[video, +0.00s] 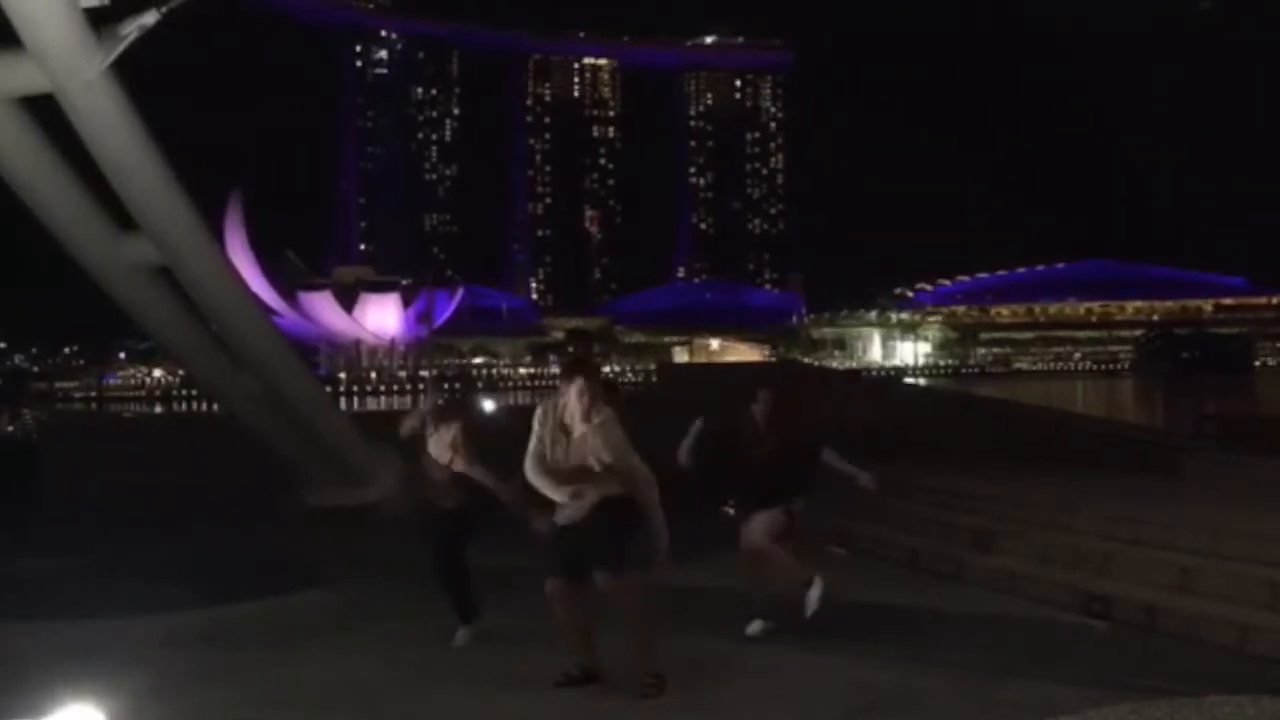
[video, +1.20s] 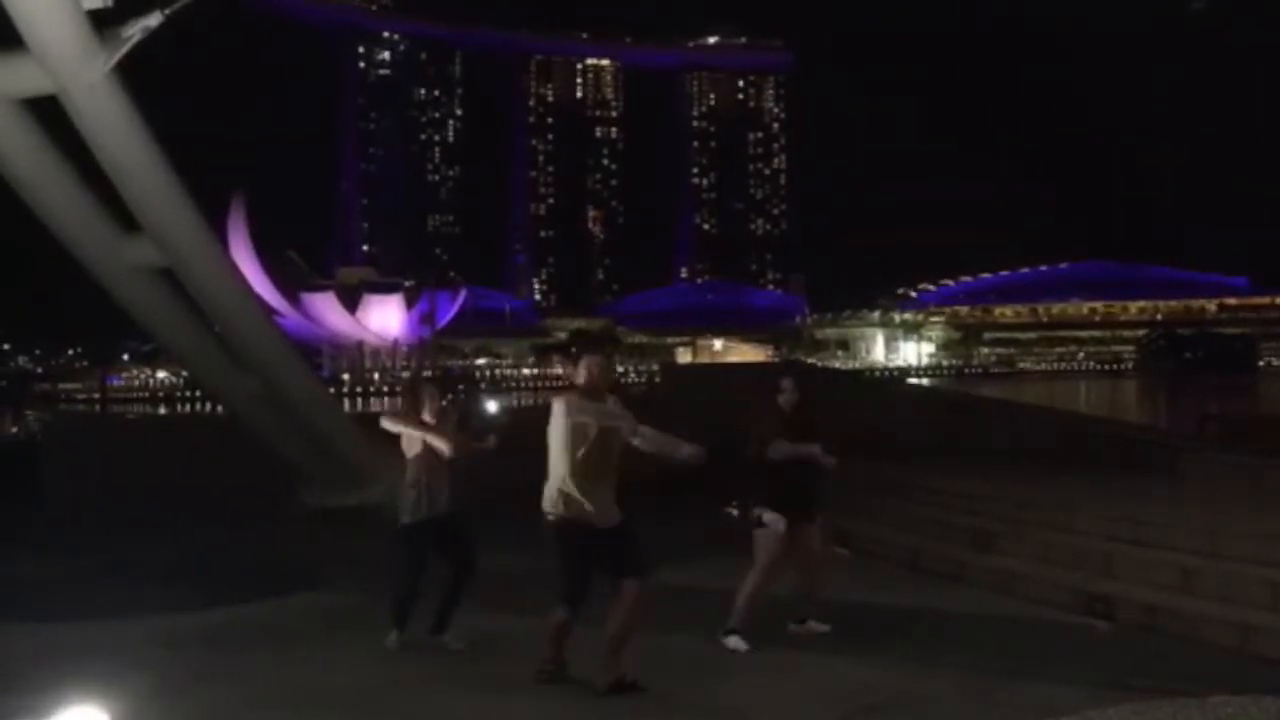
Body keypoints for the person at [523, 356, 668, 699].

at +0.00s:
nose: (585, 400)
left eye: (590, 392)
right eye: (579, 392)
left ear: (599, 393)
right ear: (564, 390)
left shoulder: (605, 418)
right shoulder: (547, 413)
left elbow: (625, 465)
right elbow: (532, 466)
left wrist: (593, 419)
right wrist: (561, 495)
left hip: (614, 504)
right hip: (571, 511)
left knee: (620, 582)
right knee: (560, 586)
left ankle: (646, 669)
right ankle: (584, 664)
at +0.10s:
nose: (583, 388)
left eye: (587, 381)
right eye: (577, 381)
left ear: (597, 383)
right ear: (564, 384)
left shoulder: (607, 417)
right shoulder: (545, 411)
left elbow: (633, 464)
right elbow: (533, 466)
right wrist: (568, 490)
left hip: (609, 509)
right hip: (565, 513)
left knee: (623, 584)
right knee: (561, 590)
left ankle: (645, 669)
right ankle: (584, 665)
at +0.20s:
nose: (582, 386)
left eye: (588, 378)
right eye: (575, 377)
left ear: (598, 381)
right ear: (563, 380)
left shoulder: (613, 419)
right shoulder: (544, 412)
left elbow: (625, 471)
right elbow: (522, 465)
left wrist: (591, 483)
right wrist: (570, 480)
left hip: (604, 505)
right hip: (563, 512)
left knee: (616, 558)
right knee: (559, 588)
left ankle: (639, 649)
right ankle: (583, 664)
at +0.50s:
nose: (552, 384)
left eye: (559, 376)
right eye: (548, 376)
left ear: (582, 378)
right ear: (544, 380)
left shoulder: (604, 417)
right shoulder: (537, 419)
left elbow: (622, 466)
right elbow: (517, 473)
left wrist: (623, 512)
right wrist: (560, 466)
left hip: (590, 520)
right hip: (544, 522)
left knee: (598, 591)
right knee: (526, 589)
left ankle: (618, 662)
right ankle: (557, 648)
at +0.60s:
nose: (536, 383)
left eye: (544, 376)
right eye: (534, 377)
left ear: (566, 378)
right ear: (532, 381)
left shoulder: (592, 413)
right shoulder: (525, 419)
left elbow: (612, 456)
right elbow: (509, 476)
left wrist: (607, 504)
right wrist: (539, 462)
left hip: (581, 523)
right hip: (532, 525)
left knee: (606, 593)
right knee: (493, 587)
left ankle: (617, 665)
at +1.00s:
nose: (569, 369)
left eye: (575, 361)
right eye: (561, 361)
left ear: (585, 368)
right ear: (547, 369)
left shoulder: (590, 406)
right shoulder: (537, 411)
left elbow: (596, 453)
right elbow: (536, 470)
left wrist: (610, 483)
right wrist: (573, 430)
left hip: (588, 515)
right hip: (541, 518)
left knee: (608, 590)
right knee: (504, 593)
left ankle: (592, 669)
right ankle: (499, 664)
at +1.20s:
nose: (604, 371)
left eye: (606, 364)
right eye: (597, 364)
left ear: (607, 371)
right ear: (579, 367)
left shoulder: (610, 406)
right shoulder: (566, 405)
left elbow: (641, 436)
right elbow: (565, 474)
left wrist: (685, 450)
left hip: (603, 512)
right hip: (568, 513)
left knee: (632, 582)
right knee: (571, 598)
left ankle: (612, 672)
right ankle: (553, 663)